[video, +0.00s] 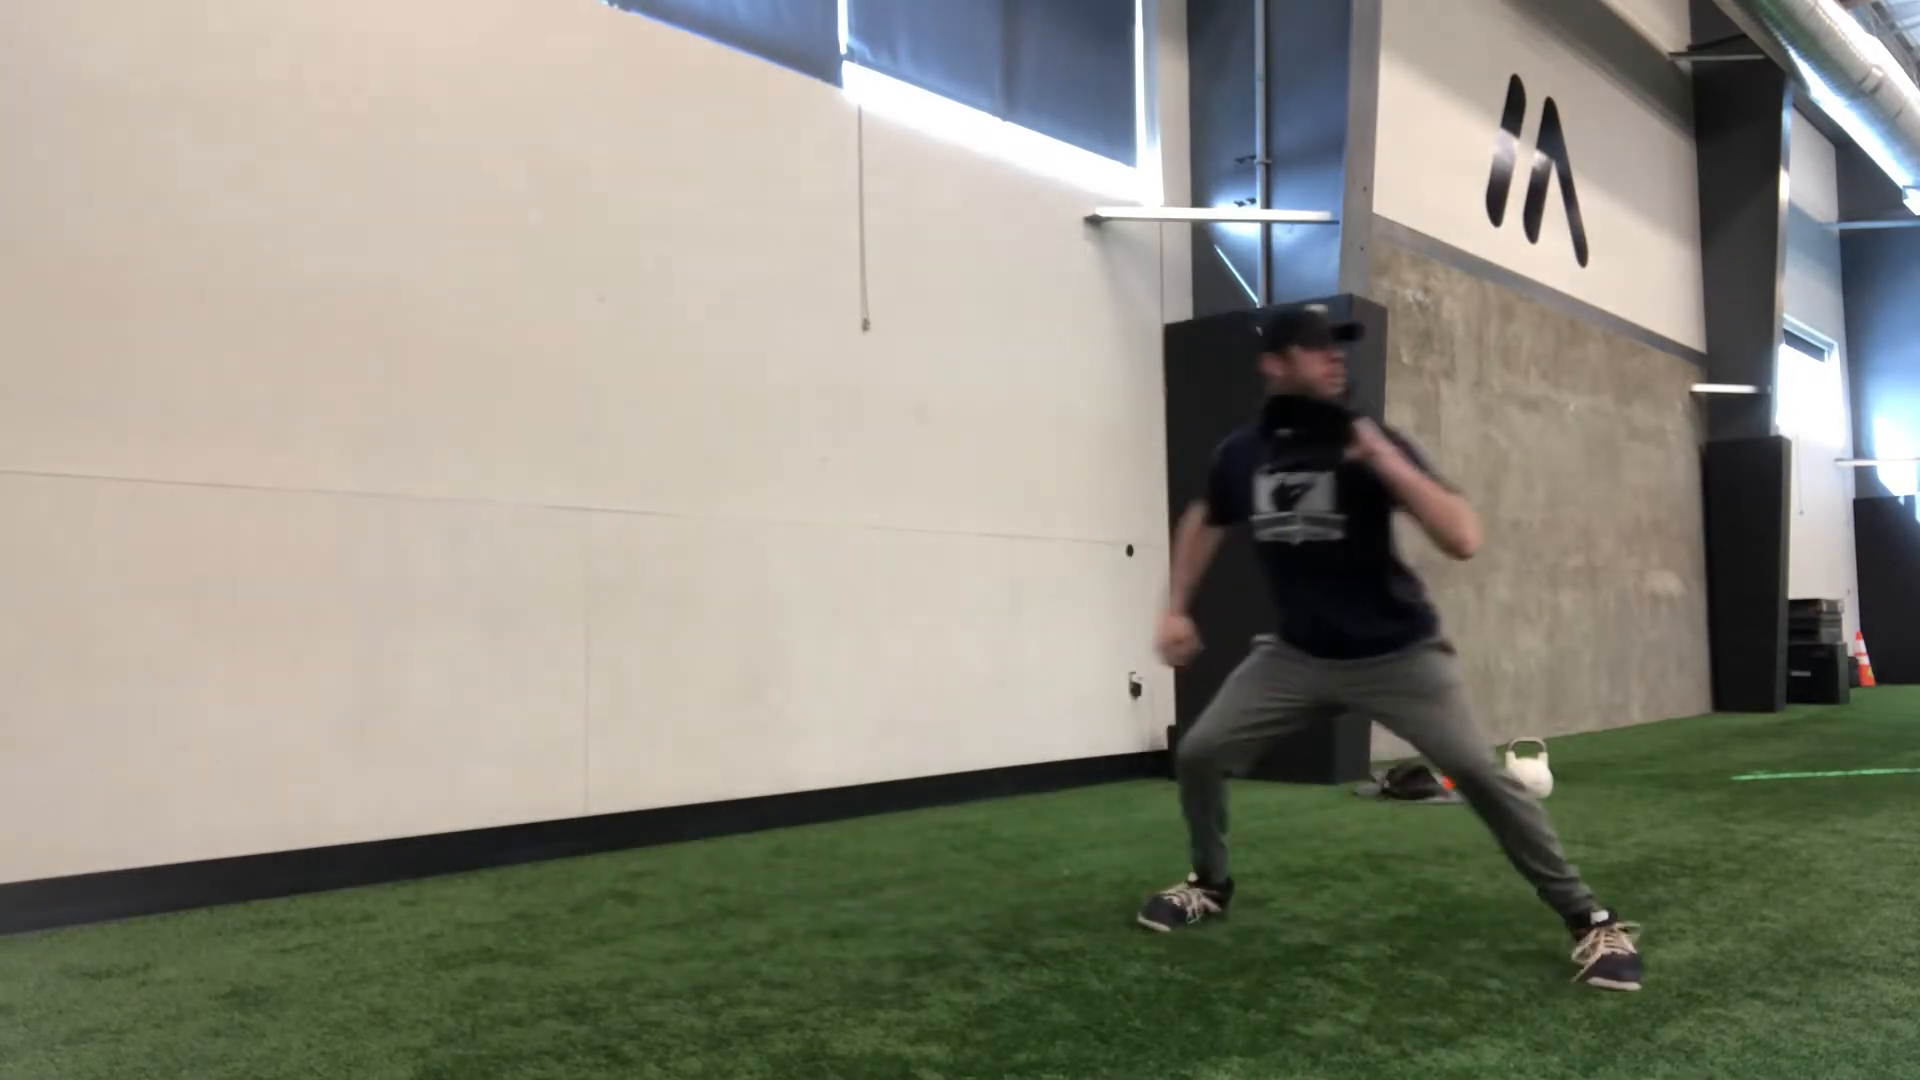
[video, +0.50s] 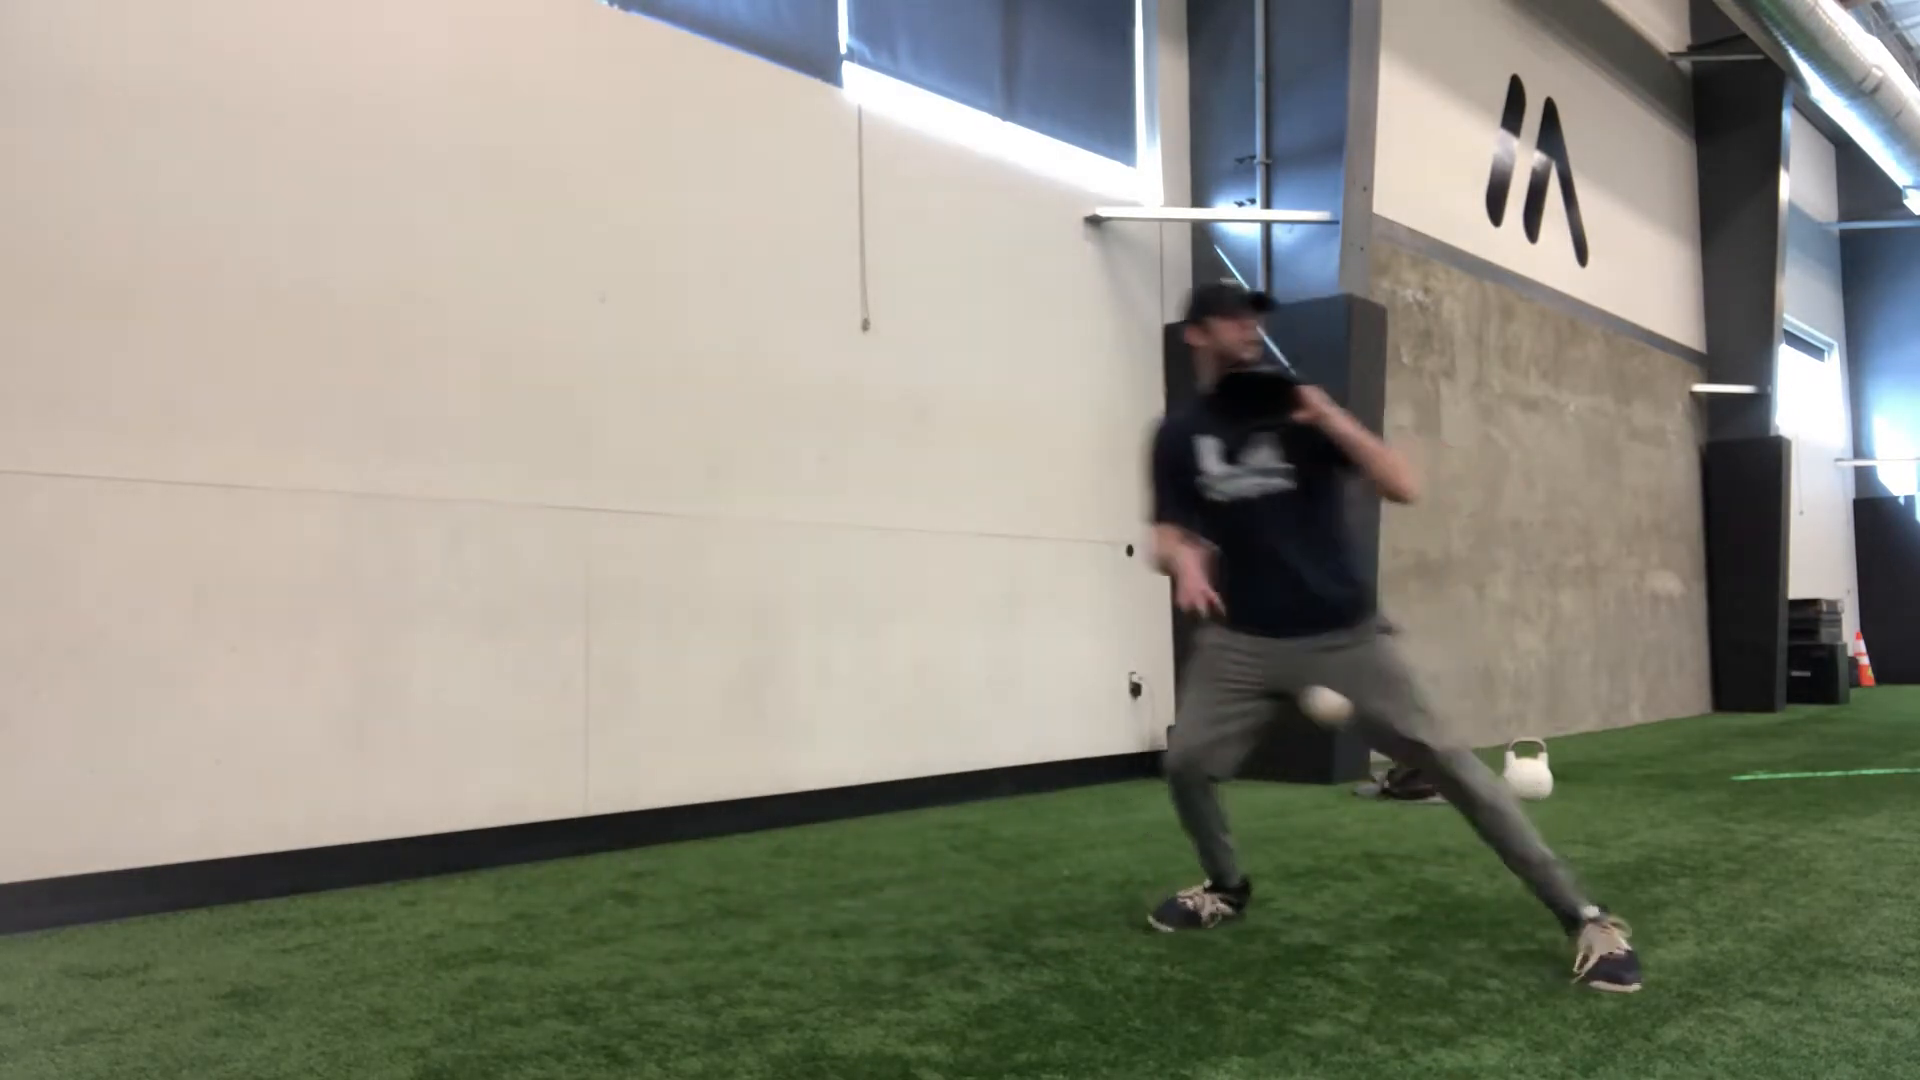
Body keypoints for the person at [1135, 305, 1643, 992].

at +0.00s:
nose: (1338, 361)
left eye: (1339, 349)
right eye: (1320, 350)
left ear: (1341, 361)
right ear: (1274, 365)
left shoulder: (1369, 441)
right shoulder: (1241, 456)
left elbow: (1462, 536)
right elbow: (1202, 523)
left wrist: (1389, 464)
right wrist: (1175, 607)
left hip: (1397, 654)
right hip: (1298, 654)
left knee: (1479, 772)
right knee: (1200, 753)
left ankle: (1591, 925)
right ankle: (1209, 886)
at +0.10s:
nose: (1369, 349)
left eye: (1370, 337)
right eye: (1352, 339)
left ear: (1373, 348)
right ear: (1306, 353)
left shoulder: (1405, 431)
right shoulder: (1269, 444)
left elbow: (1494, 529)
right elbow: (1235, 521)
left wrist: (1419, 448)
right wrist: (1209, 608)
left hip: (1420, 646)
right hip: (1319, 649)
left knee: (1491, 767)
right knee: (1221, 755)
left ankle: (1591, 924)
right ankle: (1213, 887)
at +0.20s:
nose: (1377, 340)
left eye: (1378, 328)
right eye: (1361, 328)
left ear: (1380, 338)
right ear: (1313, 342)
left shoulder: (1419, 422)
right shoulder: (1277, 441)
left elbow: (1509, 518)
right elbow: (1243, 532)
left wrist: (1433, 436)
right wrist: (1217, 631)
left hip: (1430, 639)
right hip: (1328, 643)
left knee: (1491, 760)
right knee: (1238, 757)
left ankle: (1592, 923)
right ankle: (1218, 887)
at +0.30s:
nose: (1358, 334)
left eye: (1361, 323)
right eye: (1341, 325)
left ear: (1370, 333)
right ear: (1299, 339)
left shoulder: (1410, 414)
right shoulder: (1272, 444)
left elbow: (1501, 503)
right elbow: (1241, 553)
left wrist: (1421, 419)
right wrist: (1217, 662)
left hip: (1426, 638)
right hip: (1325, 643)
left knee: (1491, 759)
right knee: (1242, 762)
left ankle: (1593, 922)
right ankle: (1227, 887)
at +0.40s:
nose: (1309, 339)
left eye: (1314, 326)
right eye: (1291, 329)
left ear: (1324, 336)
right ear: (1254, 346)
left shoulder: (1364, 412)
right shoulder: (1242, 442)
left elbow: (1467, 493)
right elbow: (1216, 557)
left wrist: (1387, 419)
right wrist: (1228, 646)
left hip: (1400, 645)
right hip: (1302, 649)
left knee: (1479, 766)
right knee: (1219, 763)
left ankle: (1590, 923)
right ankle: (1232, 884)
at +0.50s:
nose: (1250, 332)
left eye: (1253, 319)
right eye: (1233, 322)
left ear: (1261, 328)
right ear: (1196, 337)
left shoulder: (1304, 408)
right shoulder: (1180, 433)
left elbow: (1402, 485)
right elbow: (1168, 533)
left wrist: (1332, 420)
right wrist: (1185, 559)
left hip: (1344, 638)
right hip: (1240, 643)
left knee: (1448, 764)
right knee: (1187, 763)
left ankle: (1587, 922)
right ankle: (1226, 888)